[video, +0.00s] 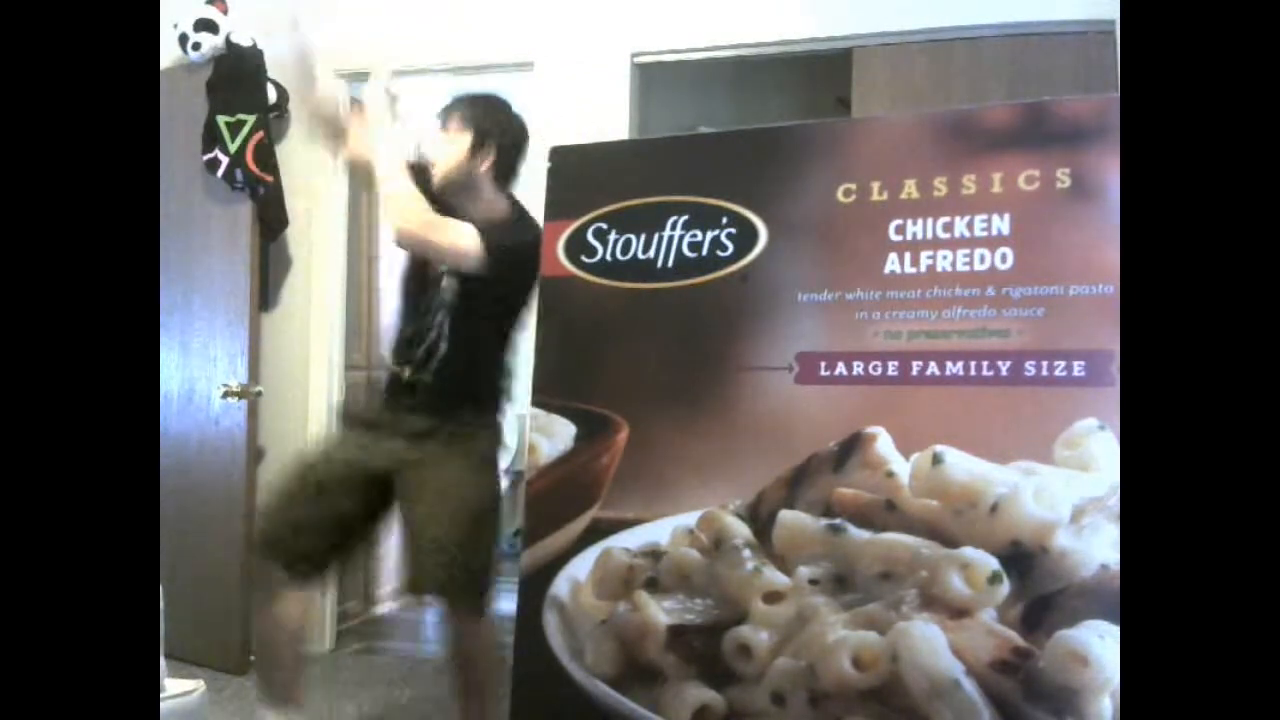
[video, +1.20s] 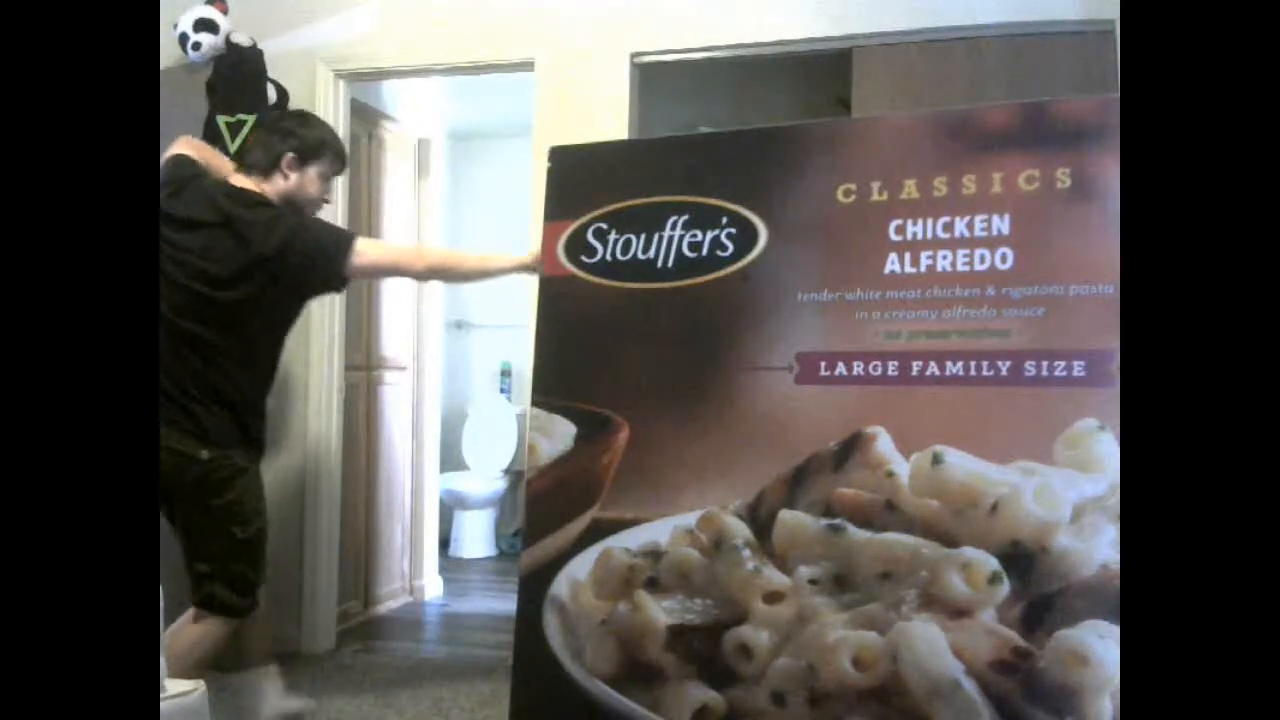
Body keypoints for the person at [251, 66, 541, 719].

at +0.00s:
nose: (432, 146)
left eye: (447, 136)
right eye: (437, 135)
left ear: (485, 152)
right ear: (470, 151)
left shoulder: (515, 235)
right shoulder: (438, 201)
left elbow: (420, 230)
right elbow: (370, 161)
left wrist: (372, 166)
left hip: (454, 438)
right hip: (382, 424)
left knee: (464, 599)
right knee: (284, 543)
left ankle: (477, 717)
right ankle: (281, 707)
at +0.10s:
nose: (432, 123)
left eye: (449, 113)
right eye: (435, 112)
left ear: (489, 134)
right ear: (444, 127)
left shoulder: (513, 225)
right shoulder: (419, 171)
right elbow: (366, 126)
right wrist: (344, 69)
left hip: (439, 415)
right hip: (358, 401)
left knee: (474, 577)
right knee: (262, 537)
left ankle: (486, 712)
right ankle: (272, 700)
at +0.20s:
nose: (433, 102)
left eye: (451, 96)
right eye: (426, 88)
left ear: (466, 118)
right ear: (407, 93)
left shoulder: (454, 194)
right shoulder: (373, 139)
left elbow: (505, 228)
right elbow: (378, 31)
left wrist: (433, 150)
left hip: (399, 393)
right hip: (324, 381)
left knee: (438, 558)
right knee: (271, 563)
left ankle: (414, 705)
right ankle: (194, 691)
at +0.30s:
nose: (417, 147)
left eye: (421, 133)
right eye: (406, 128)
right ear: (360, 123)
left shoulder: (369, 192)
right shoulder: (341, 172)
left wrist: (418, 238)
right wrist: (489, 210)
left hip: (348, 414)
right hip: (291, 411)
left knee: (401, 576)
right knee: (264, 601)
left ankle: (409, 712)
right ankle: (167, 696)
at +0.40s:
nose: (410, 172)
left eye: (414, 159)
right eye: (405, 151)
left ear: (362, 144)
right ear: (360, 136)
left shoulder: (350, 209)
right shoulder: (314, 204)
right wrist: (393, 193)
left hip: (321, 418)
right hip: (267, 418)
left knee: (371, 576)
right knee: (247, 611)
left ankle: (399, 708)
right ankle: (166, 693)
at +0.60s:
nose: (403, 230)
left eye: (408, 216)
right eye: (404, 214)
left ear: (340, 182)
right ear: (369, 197)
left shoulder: (258, 195)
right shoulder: (352, 275)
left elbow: (285, 140)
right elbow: (453, 335)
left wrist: (342, 161)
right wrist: (528, 362)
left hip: (175, 426)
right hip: (239, 451)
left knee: (266, 582)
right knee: (248, 611)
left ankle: (313, 702)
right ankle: (164, 696)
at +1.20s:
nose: (328, 194)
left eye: (330, 181)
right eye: (325, 178)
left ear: (275, 165)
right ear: (289, 166)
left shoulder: (183, 183)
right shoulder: (298, 240)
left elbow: (184, 147)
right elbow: (422, 265)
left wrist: (248, 181)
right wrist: (522, 262)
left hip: (168, 429)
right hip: (211, 447)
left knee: (240, 582)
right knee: (221, 604)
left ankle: (265, 696)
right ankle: (161, 695)